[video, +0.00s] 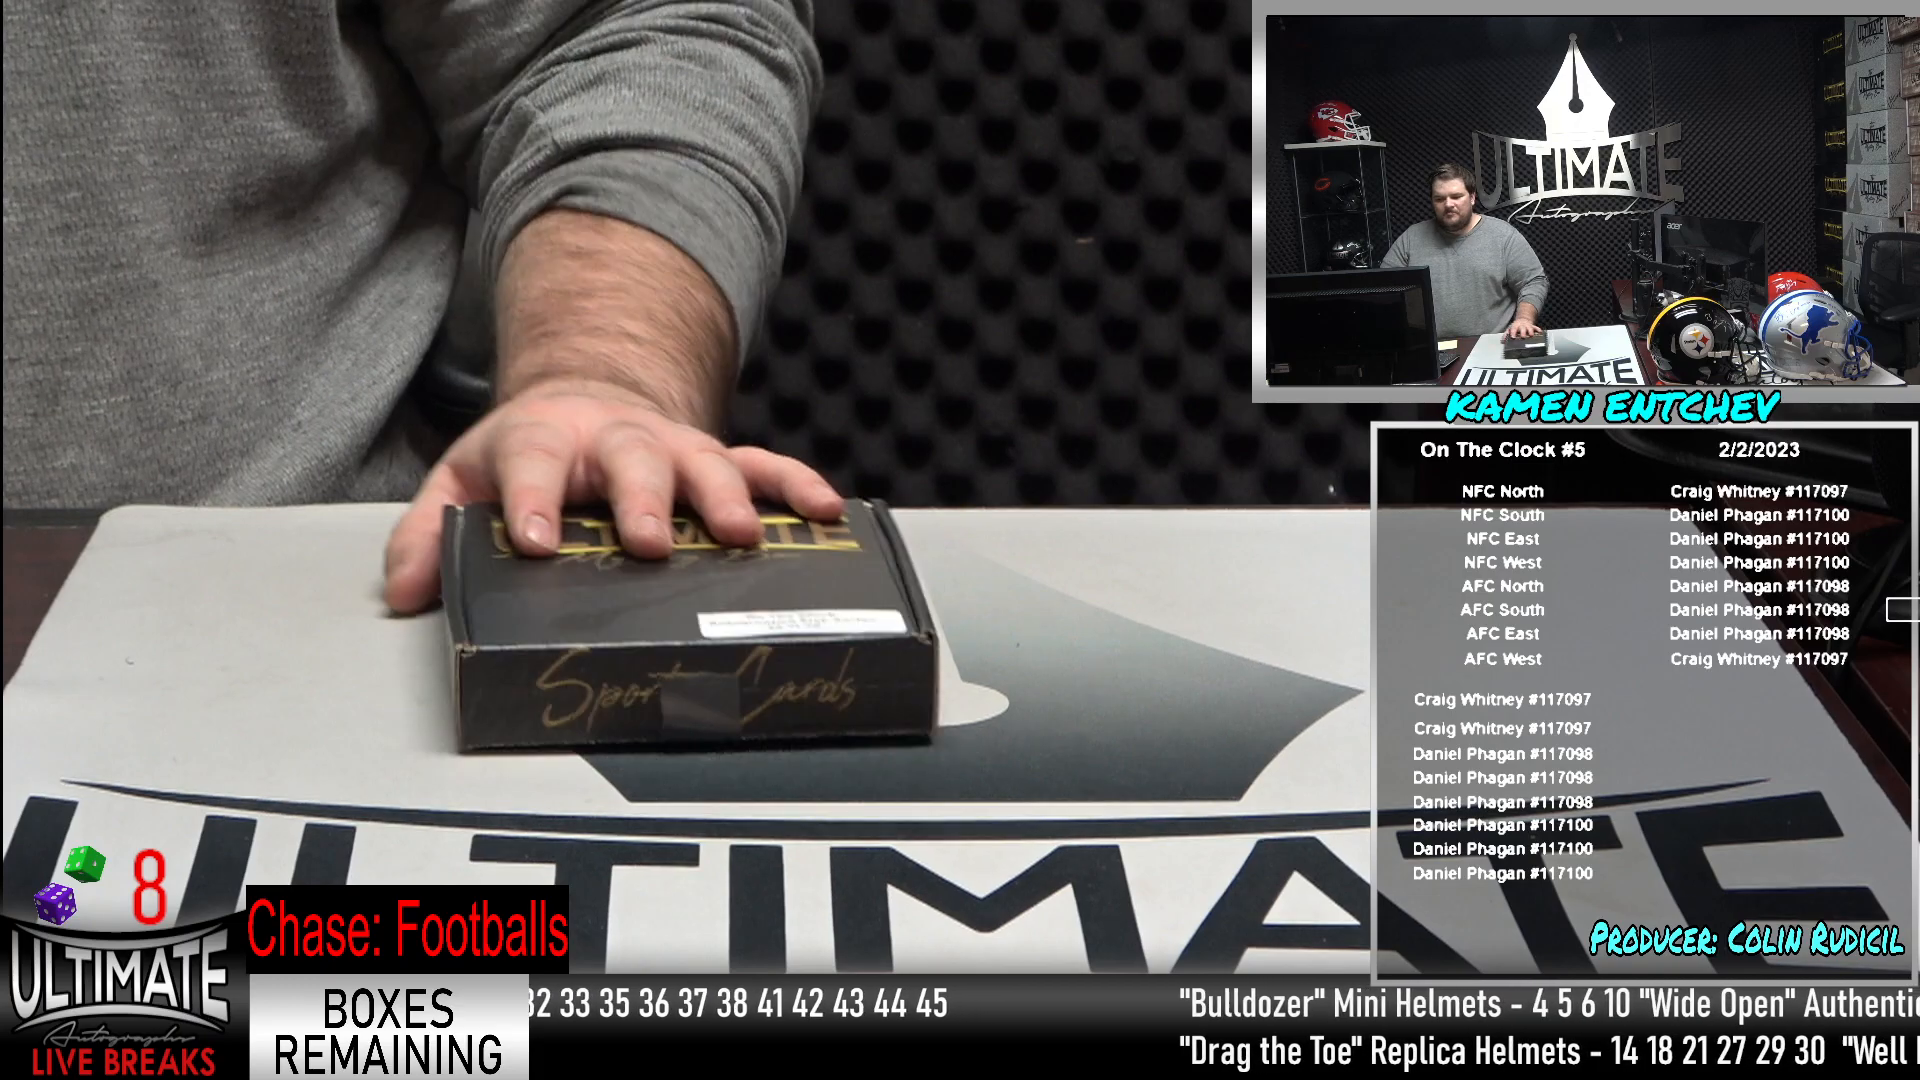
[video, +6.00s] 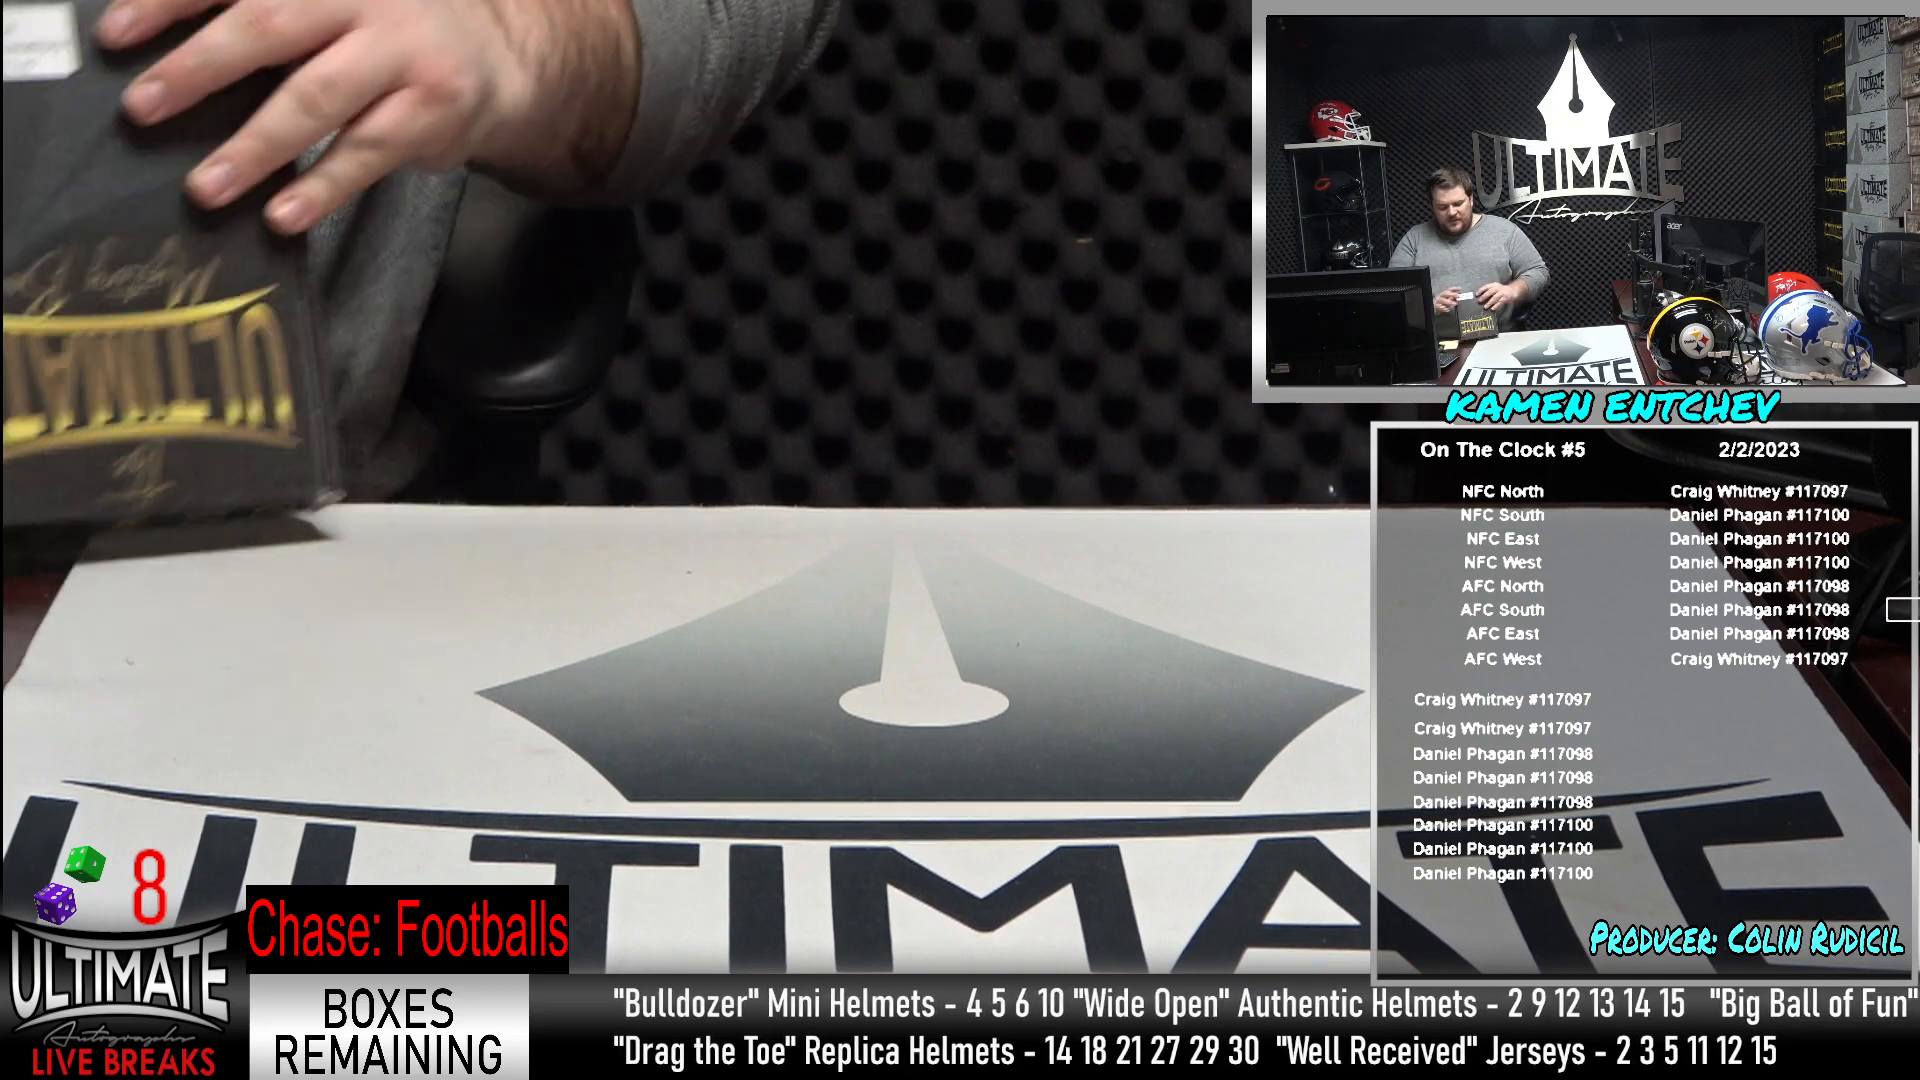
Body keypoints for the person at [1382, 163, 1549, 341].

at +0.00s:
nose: (1449, 204)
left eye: (1456, 196)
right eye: (1440, 198)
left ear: (1472, 197)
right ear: (1432, 202)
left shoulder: (1503, 236)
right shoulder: (1412, 239)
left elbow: (1534, 280)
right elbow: (1383, 285)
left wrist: (1524, 318)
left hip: (1494, 353)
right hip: (1430, 357)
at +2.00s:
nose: (1442, 212)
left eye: (1450, 204)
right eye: (1434, 205)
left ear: (1469, 204)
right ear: (1426, 208)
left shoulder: (1498, 234)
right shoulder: (1410, 240)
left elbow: (1514, 268)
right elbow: (1383, 289)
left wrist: (1520, 295)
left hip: (1488, 349)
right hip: (1425, 351)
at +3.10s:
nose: (1451, 202)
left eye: (1458, 194)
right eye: (1442, 197)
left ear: (1472, 197)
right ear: (1432, 202)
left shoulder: (1502, 234)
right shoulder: (1414, 238)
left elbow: (1540, 269)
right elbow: (1387, 288)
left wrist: (1536, 302)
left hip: (1495, 353)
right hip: (1431, 356)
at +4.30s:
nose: (1459, 206)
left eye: (1465, 197)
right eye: (1450, 200)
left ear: (1475, 197)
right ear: (1436, 202)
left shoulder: (1506, 231)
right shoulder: (1416, 237)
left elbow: (1536, 272)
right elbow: (1394, 287)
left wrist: (1520, 301)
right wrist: (1419, 311)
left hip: (1497, 349)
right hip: (1436, 354)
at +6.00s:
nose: (1452, 213)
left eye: (1458, 204)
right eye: (1443, 207)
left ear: (1471, 199)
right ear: (1432, 206)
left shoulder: (1504, 231)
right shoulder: (1415, 240)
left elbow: (1538, 272)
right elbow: (1392, 290)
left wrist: (1512, 290)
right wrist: (1429, 303)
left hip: (1500, 347)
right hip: (1436, 353)